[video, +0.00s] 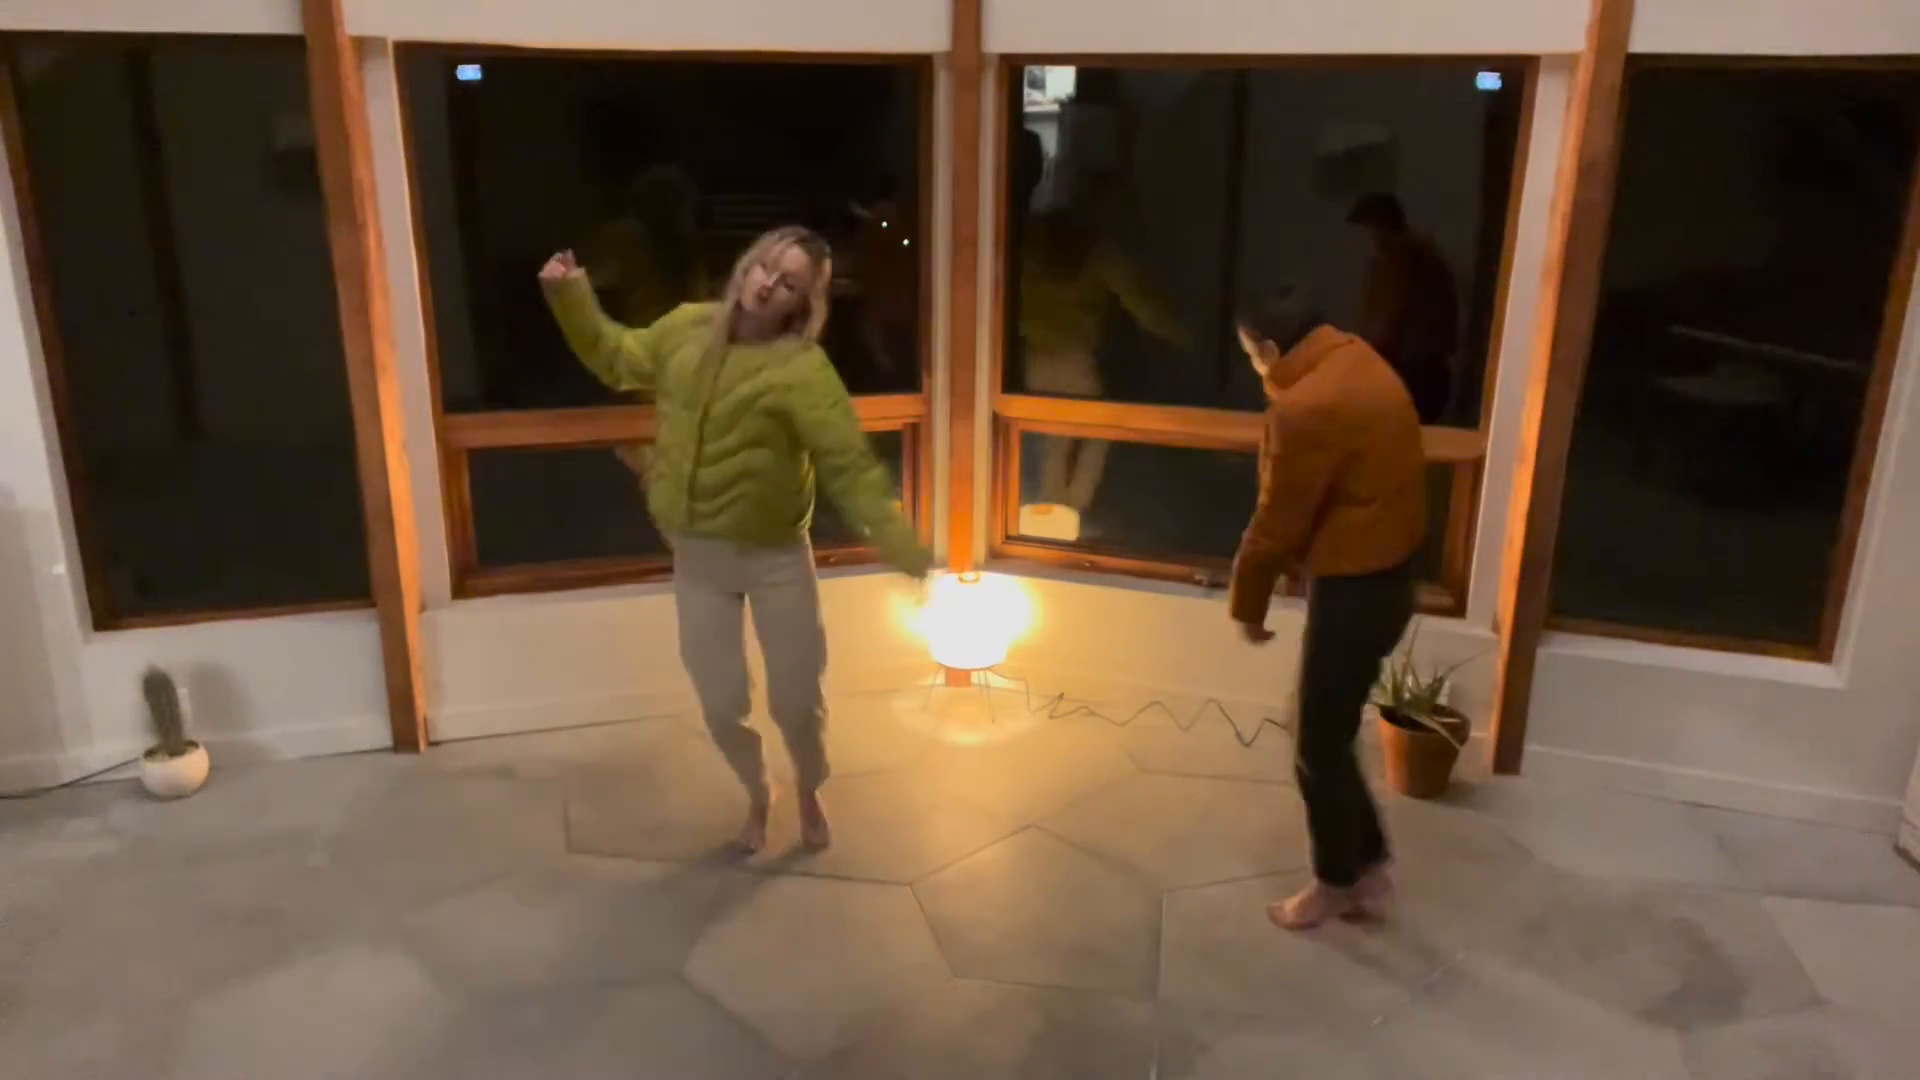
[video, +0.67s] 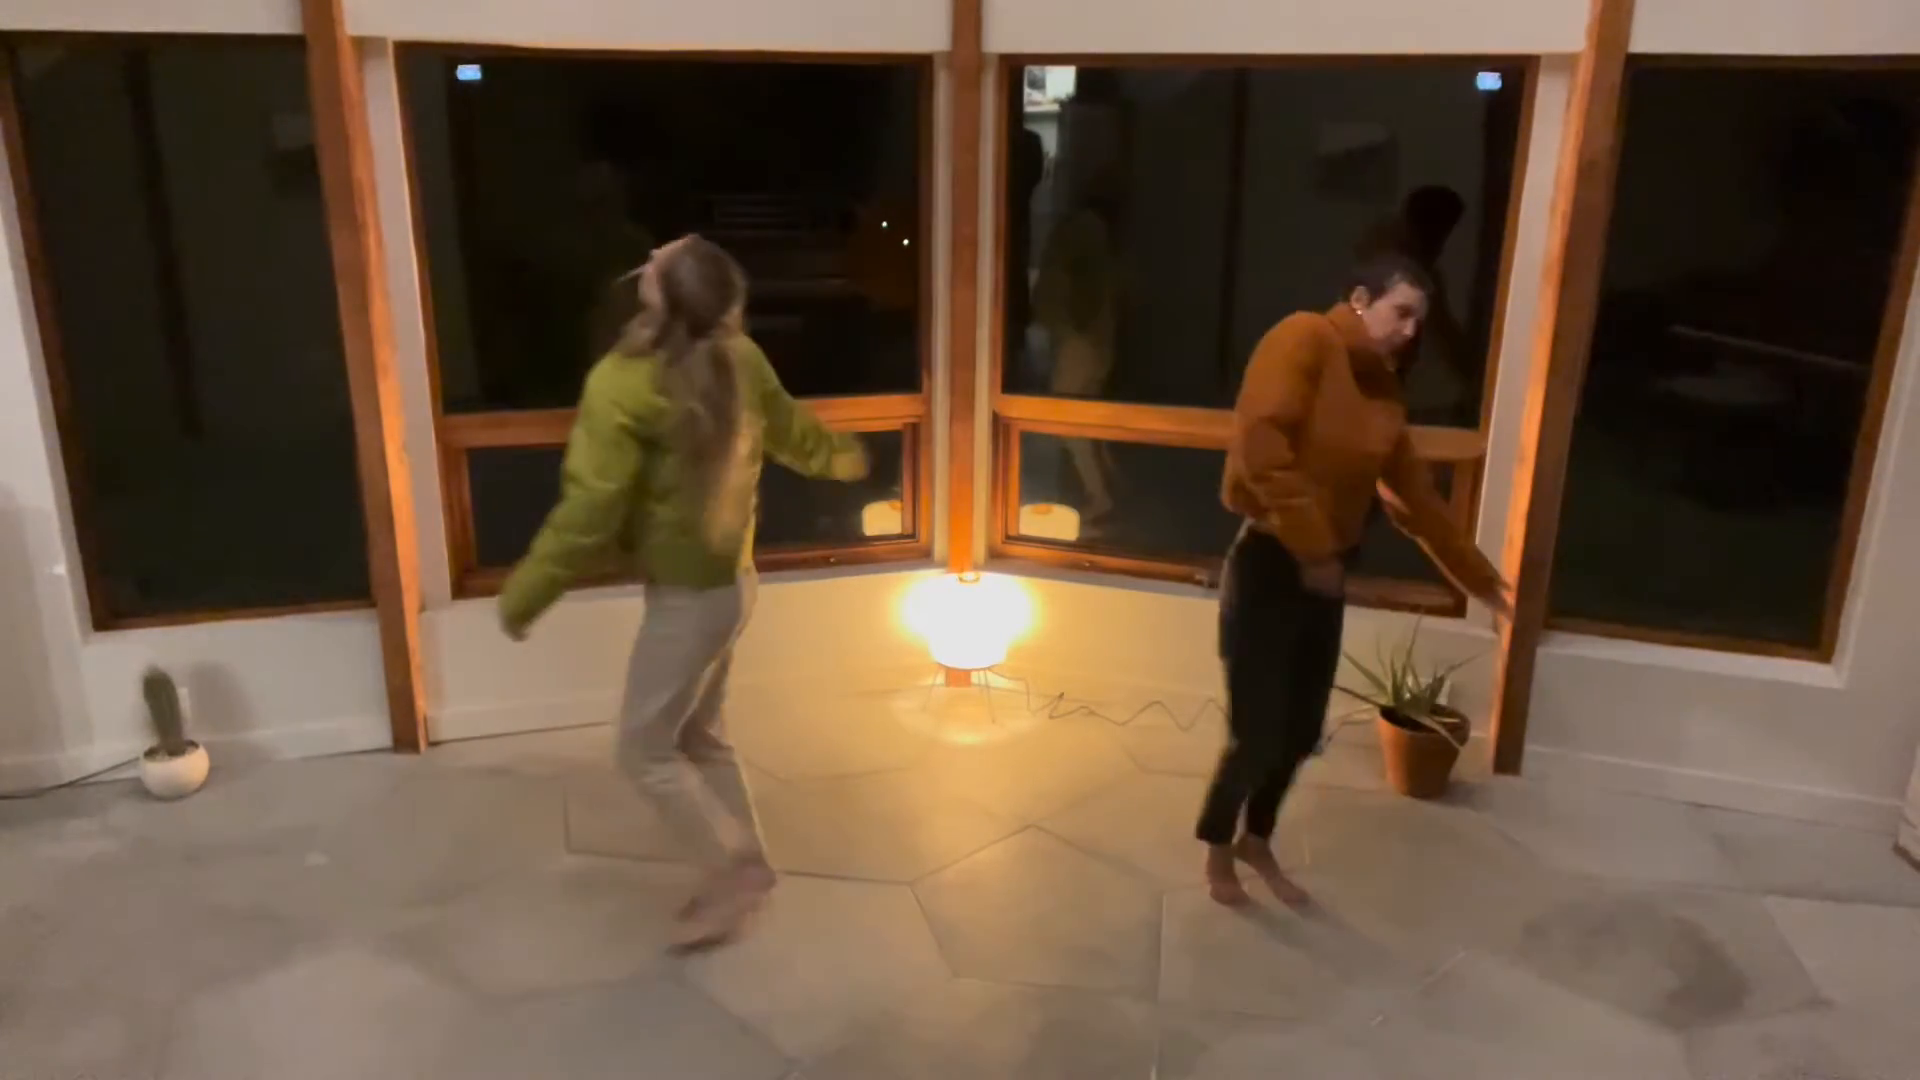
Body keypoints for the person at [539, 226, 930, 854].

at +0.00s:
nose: (768, 282)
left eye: (787, 281)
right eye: (766, 265)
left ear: (800, 303)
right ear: (745, 264)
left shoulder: (802, 367)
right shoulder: (686, 330)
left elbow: (852, 469)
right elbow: (619, 364)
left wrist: (911, 555)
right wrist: (571, 297)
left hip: (778, 555)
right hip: (698, 553)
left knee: (795, 704)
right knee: (721, 708)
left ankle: (809, 795)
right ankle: (757, 799)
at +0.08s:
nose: (769, 277)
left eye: (789, 282)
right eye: (771, 262)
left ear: (800, 310)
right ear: (749, 263)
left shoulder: (798, 377)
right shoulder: (699, 329)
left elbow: (818, 487)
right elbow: (642, 354)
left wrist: (834, 584)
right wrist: (592, 281)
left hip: (774, 561)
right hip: (699, 555)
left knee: (788, 709)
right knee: (719, 709)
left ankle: (819, 834)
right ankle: (758, 794)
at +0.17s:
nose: (763, 273)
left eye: (784, 278)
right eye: (765, 260)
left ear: (799, 315)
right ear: (742, 269)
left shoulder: (789, 385)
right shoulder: (703, 336)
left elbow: (793, 507)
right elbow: (653, 338)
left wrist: (780, 619)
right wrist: (615, 273)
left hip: (768, 570)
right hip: (701, 559)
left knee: (791, 719)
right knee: (704, 716)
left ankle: (822, 842)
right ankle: (764, 796)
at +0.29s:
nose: (739, 268)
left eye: (760, 274)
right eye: (748, 260)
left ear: (774, 317)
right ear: (734, 287)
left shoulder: (758, 395)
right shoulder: (707, 342)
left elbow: (741, 517)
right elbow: (691, 305)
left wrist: (683, 604)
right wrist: (677, 264)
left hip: (763, 566)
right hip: (702, 557)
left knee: (756, 723)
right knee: (705, 720)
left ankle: (815, 831)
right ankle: (773, 825)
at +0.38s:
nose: (723, 264)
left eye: (744, 272)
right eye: (736, 256)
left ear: (753, 318)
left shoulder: (736, 394)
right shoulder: (692, 364)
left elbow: (714, 515)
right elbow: (672, 451)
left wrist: (645, 600)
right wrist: (658, 503)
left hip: (751, 576)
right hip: (701, 568)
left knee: (731, 729)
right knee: (716, 726)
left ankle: (799, 844)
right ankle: (776, 834)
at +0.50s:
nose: (688, 262)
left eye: (704, 266)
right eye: (703, 255)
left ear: (721, 308)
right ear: (719, 309)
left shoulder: (683, 391)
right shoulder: (706, 372)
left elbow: (656, 513)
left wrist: (582, 599)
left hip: (726, 587)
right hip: (711, 582)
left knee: (711, 736)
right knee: (684, 720)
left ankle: (770, 877)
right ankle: (762, 821)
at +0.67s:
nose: (643, 270)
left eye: (653, 270)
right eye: (653, 261)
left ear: (663, 301)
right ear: (712, 306)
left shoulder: (622, 381)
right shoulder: (738, 358)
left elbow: (591, 506)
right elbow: (797, 436)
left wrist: (522, 600)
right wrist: (855, 456)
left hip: (685, 602)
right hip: (730, 589)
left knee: (645, 752)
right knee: (701, 735)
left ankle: (730, 873)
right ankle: (747, 867)